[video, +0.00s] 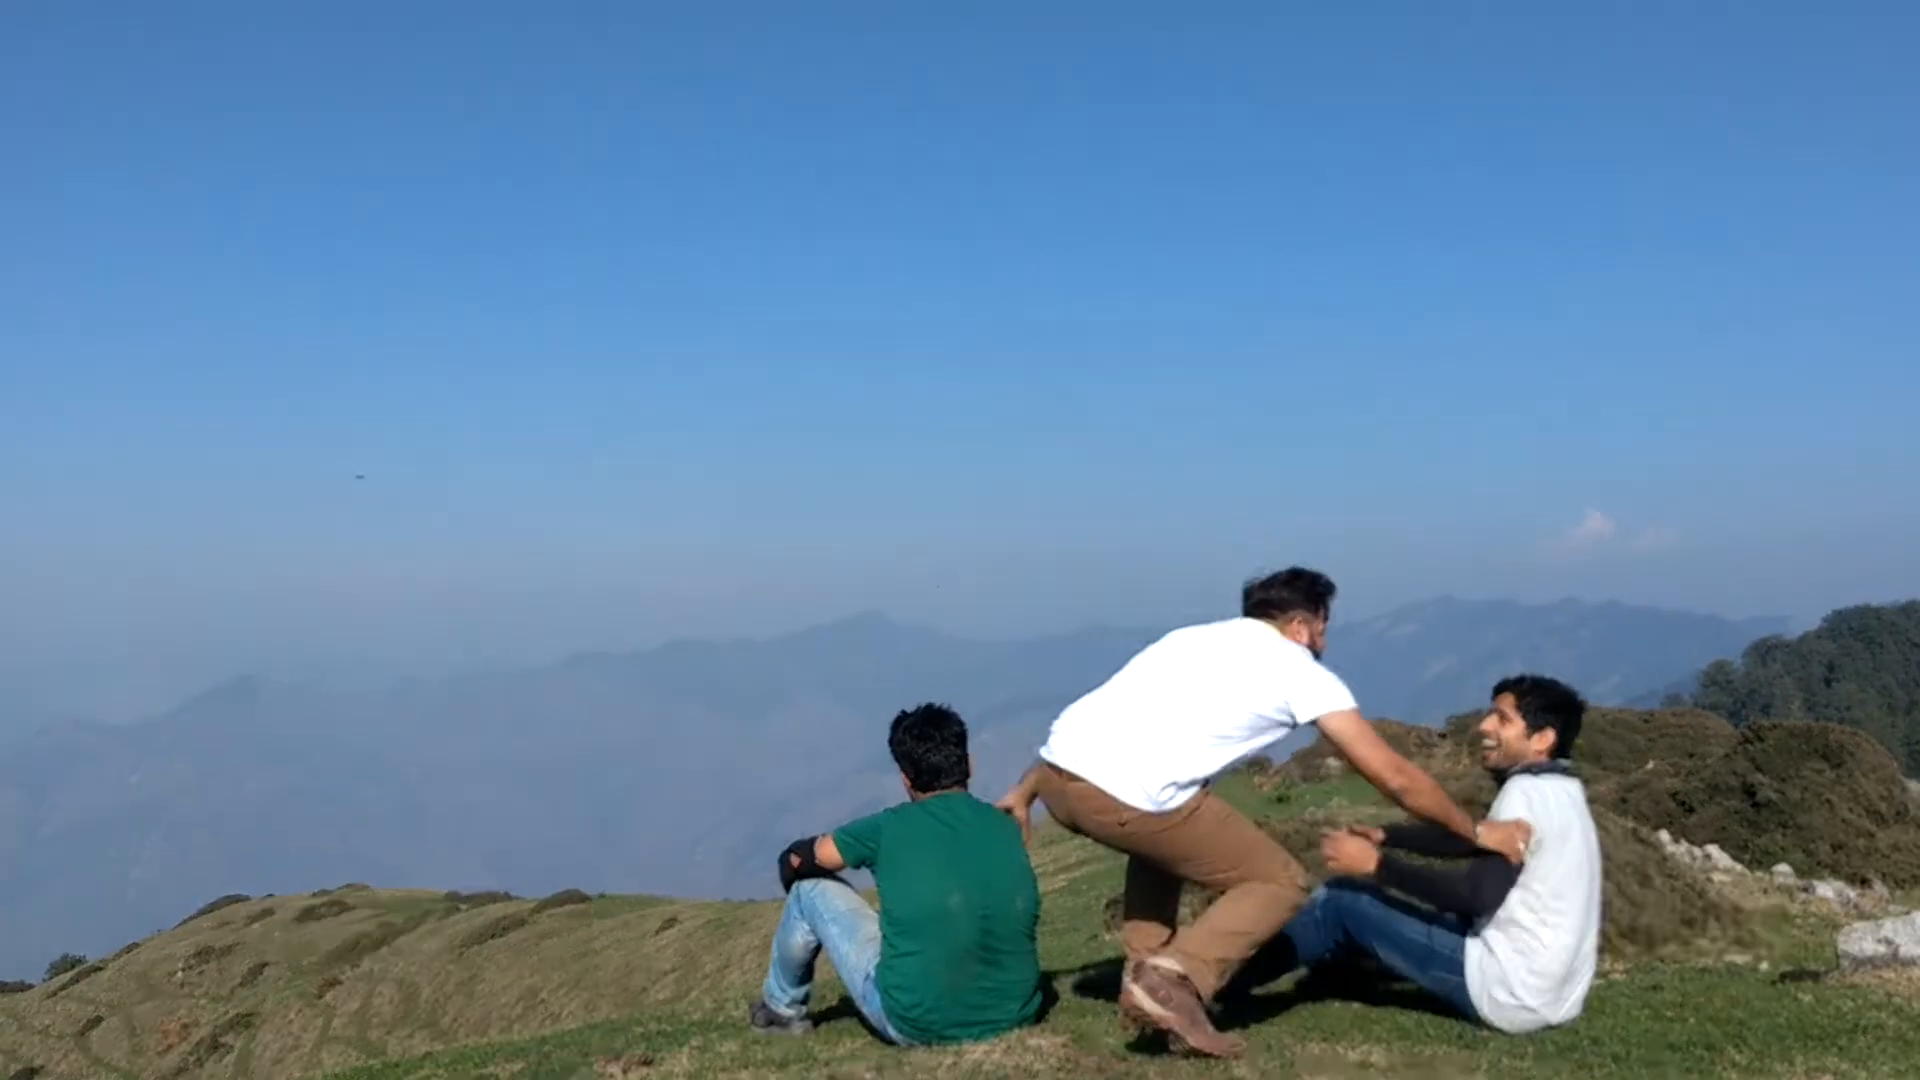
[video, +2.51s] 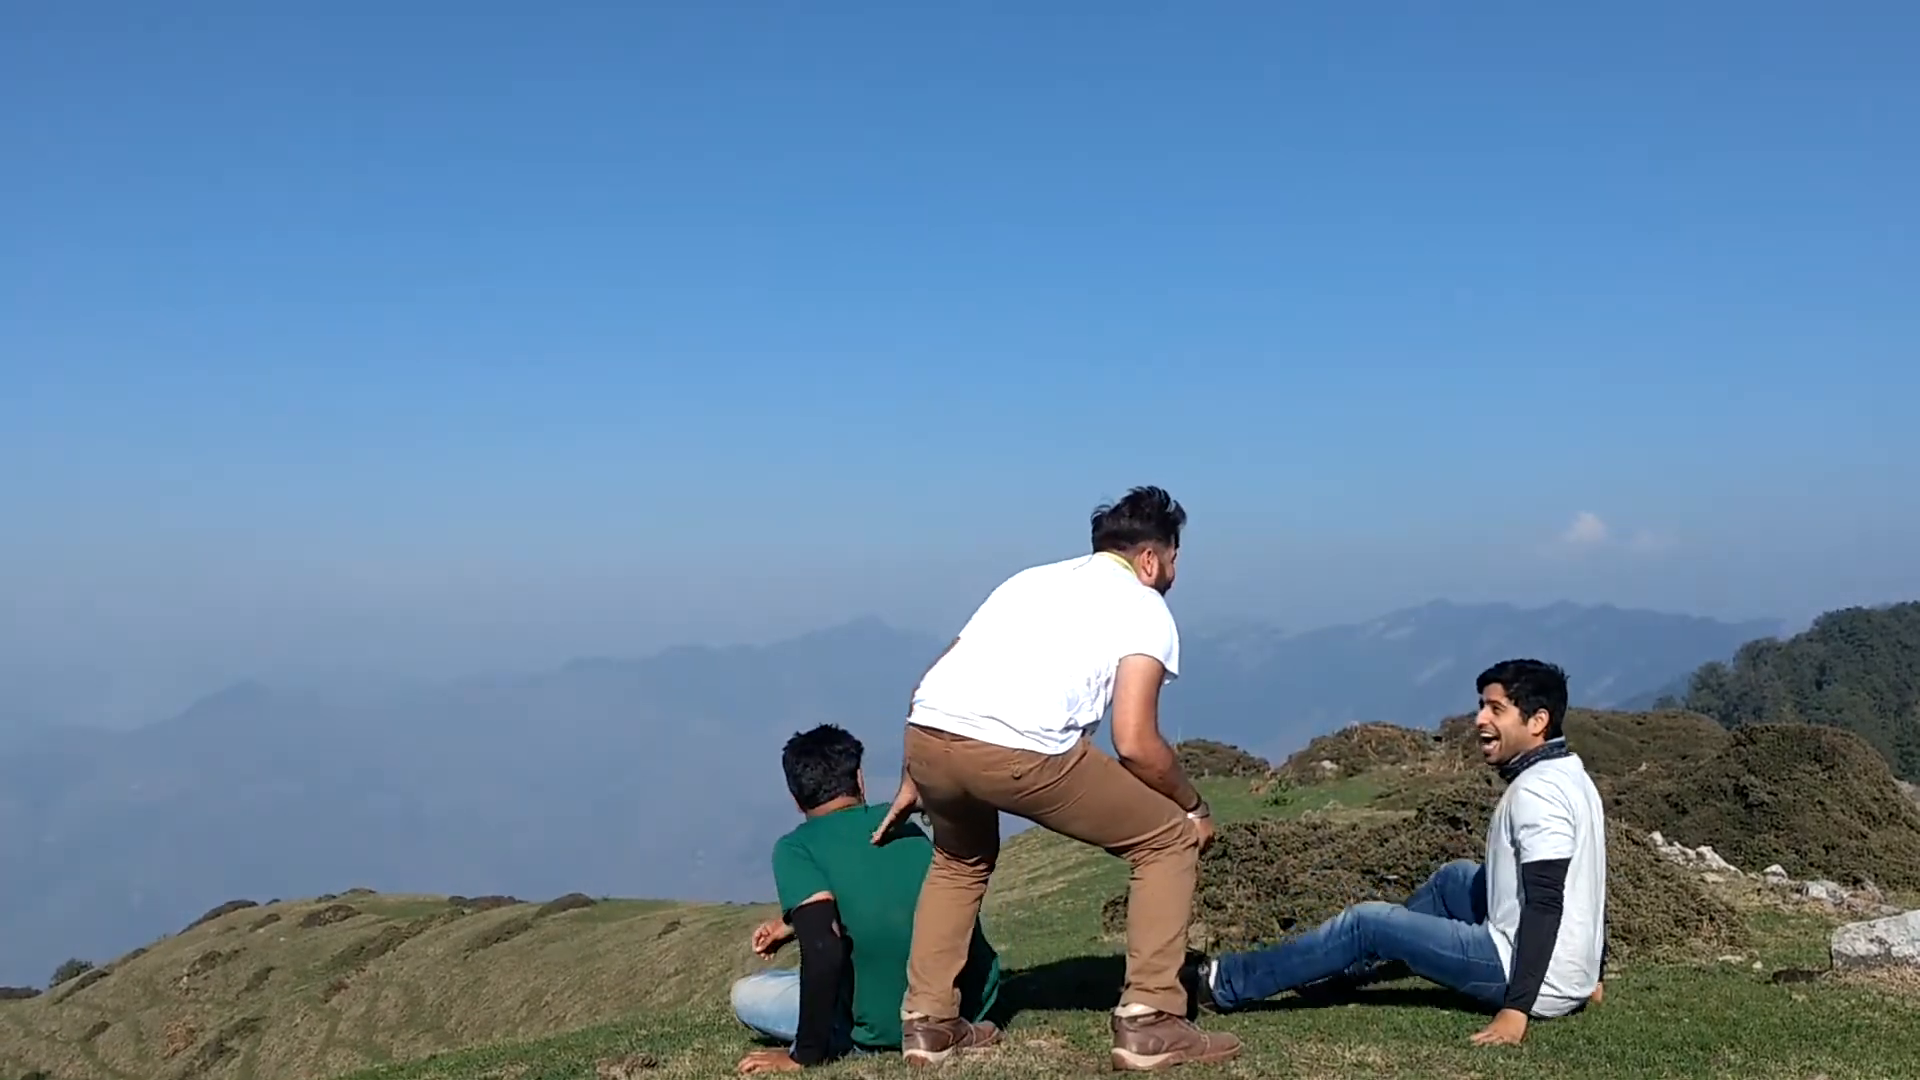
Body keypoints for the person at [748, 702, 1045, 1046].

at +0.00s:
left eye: (901, 772)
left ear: (907, 779)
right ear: (969, 766)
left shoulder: (890, 826)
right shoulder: (1006, 824)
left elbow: (796, 860)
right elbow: (1025, 915)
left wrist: (800, 897)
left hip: (918, 1024)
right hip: (1011, 1016)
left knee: (810, 889)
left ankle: (782, 1010)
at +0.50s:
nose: (1003, 776)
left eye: (1001, 765)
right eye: (1001, 767)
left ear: (931, 772)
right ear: (987, 776)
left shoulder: (891, 823)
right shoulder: (1014, 828)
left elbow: (791, 859)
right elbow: (1020, 913)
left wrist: (784, 889)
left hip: (913, 1022)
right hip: (1008, 1014)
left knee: (807, 887)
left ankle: (782, 1004)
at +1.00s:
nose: (1024, 780)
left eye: (1020, 769)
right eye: (1023, 771)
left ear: (948, 778)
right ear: (1016, 780)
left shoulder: (904, 837)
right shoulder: (1042, 837)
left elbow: (804, 892)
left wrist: (775, 873)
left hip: (919, 1021)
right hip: (1014, 1015)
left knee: (818, 896)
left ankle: (800, 1001)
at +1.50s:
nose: (884, 794)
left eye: (896, 781)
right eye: (883, 780)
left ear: (933, 778)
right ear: (940, 781)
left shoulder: (902, 852)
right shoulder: (986, 829)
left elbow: (890, 975)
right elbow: (916, 840)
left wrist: (789, 1011)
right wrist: (847, 827)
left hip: (937, 1023)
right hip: (1006, 1007)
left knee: (770, 933)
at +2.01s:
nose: (841, 797)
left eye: (840, 789)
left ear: (847, 795)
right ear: (911, 775)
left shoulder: (854, 856)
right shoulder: (950, 829)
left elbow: (869, 975)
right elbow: (899, 859)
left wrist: (808, 1050)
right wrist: (820, 880)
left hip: (924, 1026)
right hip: (1000, 1005)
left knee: (761, 954)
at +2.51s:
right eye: (862, 775)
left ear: (797, 801)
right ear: (859, 781)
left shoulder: (795, 845)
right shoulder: (903, 819)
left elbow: (825, 947)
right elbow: (888, 894)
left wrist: (804, 1055)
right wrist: (795, 922)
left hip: (884, 1028)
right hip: (974, 1001)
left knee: (745, 992)